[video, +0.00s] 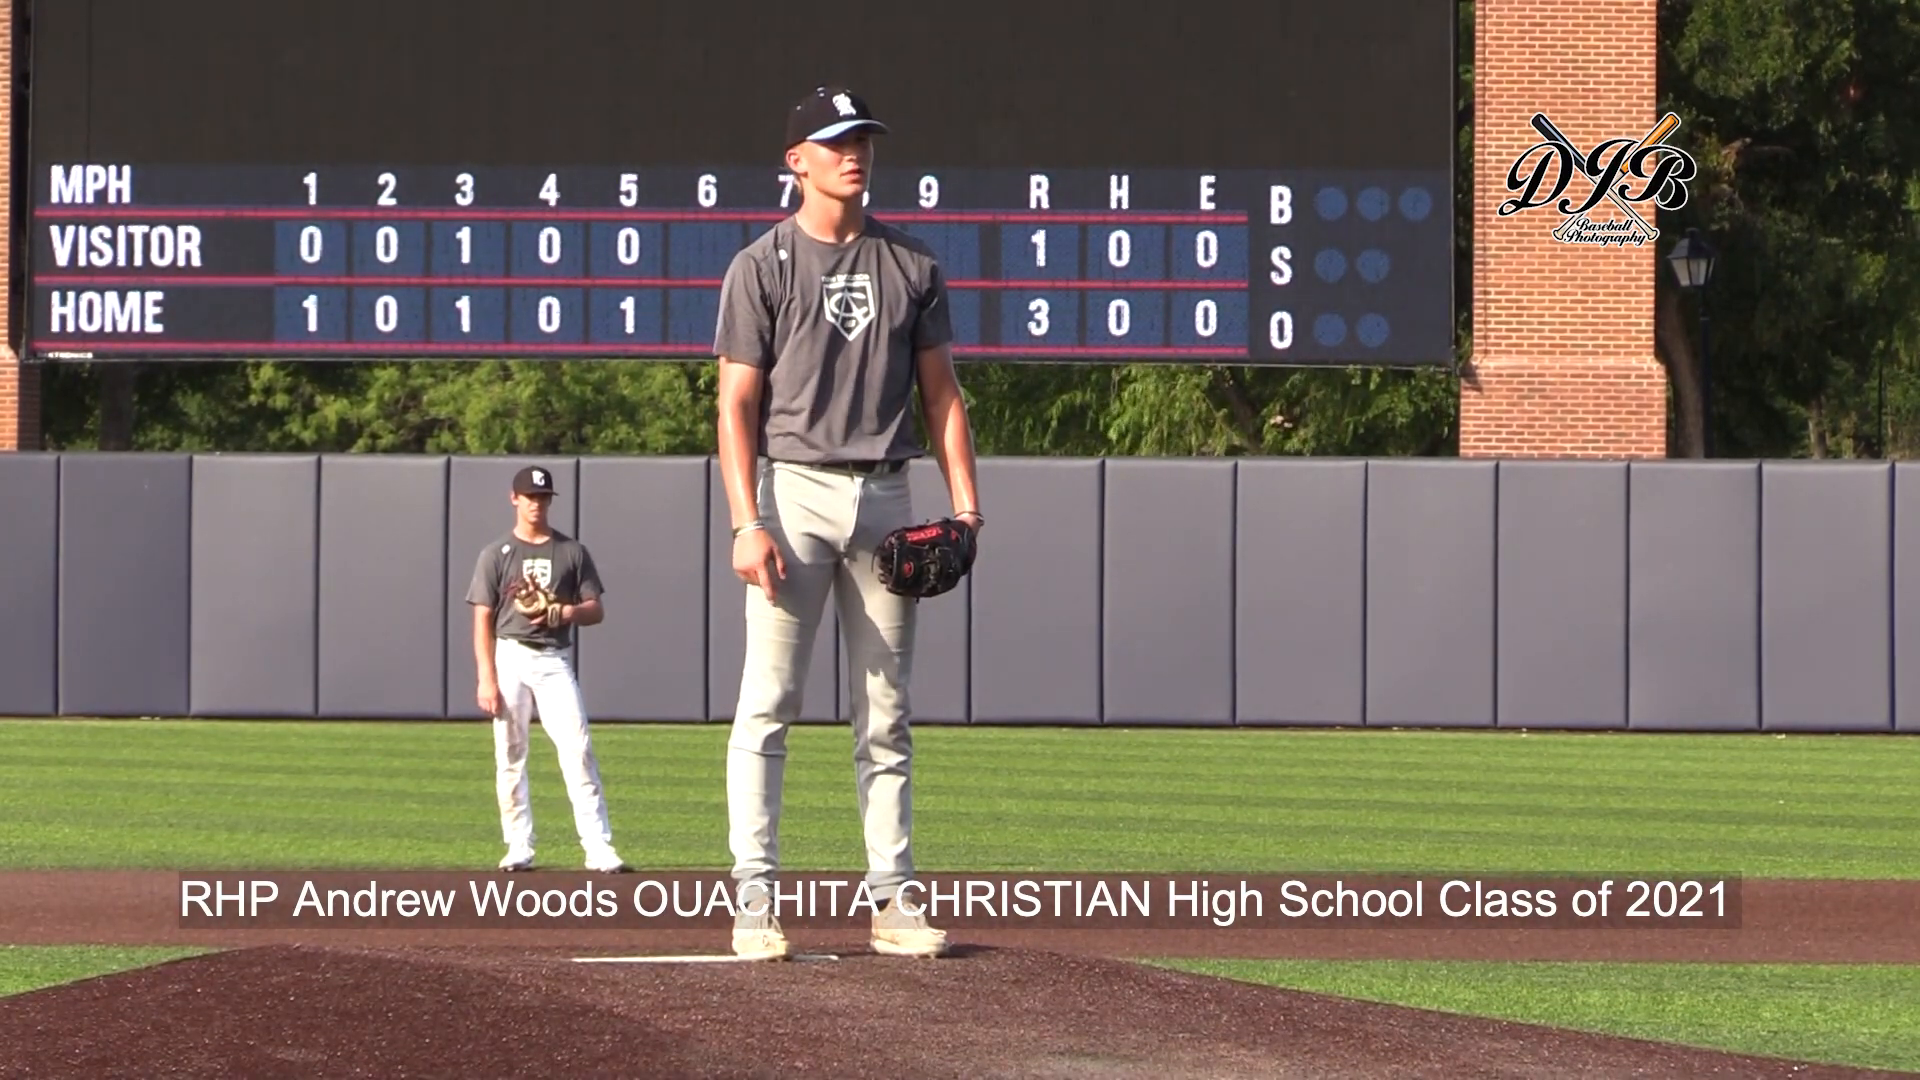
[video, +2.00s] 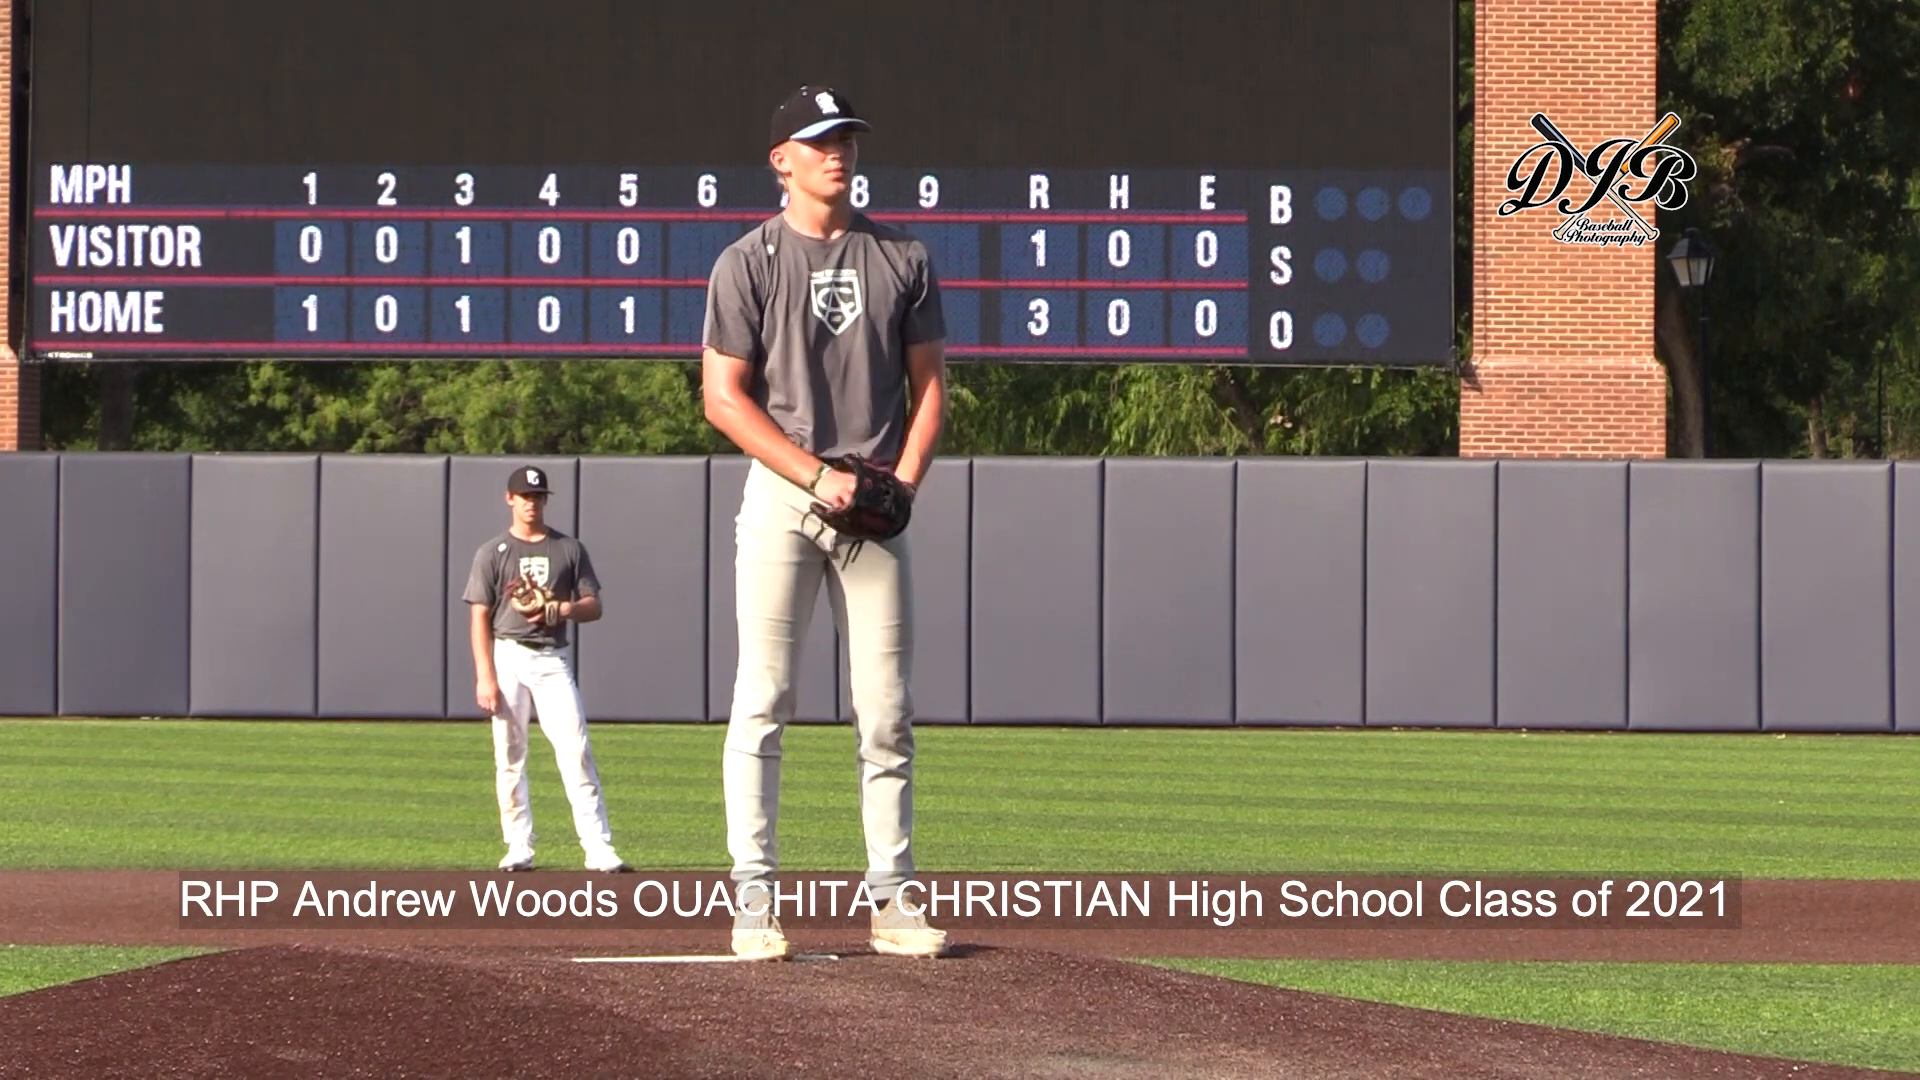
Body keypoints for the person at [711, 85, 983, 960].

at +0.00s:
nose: (854, 159)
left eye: (862, 145)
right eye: (837, 146)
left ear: (872, 158)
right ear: (799, 160)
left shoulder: (911, 267)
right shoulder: (759, 267)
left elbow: (943, 394)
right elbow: (734, 405)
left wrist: (965, 508)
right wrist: (746, 522)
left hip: (887, 497)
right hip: (790, 493)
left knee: (886, 711)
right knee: (768, 705)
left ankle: (892, 897)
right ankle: (755, 895)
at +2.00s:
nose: (839, 158)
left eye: (846, 144)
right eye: (821, 146)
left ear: (857, 157)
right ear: (782, 160)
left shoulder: (901, 259)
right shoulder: (745, 263)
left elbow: (931, 386)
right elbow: (721, 397)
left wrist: (901, 487)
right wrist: (816, 474)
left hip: (875, 502)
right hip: (778, 500)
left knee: (886, 710)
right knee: (764, 700)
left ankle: (892, 897)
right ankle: (754, 898)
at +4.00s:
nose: (901, 165)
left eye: (911, 150)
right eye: (884, 153)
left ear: (930, 160)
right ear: (857, 167)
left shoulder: (953, 244)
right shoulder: (858, 263)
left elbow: (932, 383)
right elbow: (846, 381)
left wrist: (817, 423)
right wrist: (784, 405)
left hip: (930, 486)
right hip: (867, 490)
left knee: (870, 686)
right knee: (851, 697)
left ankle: (940, 882)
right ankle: (880, 898)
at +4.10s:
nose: (895, 165)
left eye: (906, 150)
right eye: (879, 153)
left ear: (926, 160)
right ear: (853, 166)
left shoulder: (948, 243)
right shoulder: (865, 261)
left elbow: (914, 378)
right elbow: (849, 368)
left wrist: (796, 391)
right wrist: (780, 368)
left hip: (925, 479)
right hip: (873, 479)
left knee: (797, 630)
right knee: (868, 696)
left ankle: (872, 829)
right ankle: (874, 908)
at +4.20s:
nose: (889, 168)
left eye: (902, 153)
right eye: (873, 155)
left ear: (925, 162)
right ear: (851, 170)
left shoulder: (946, 242)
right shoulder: (869, 264)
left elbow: (893, 371)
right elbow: (853, 387)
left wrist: (778, 343)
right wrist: (779, 342)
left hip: (920, 475)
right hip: (885, 476)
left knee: (741, 557)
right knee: (863, 704)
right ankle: (882, 906)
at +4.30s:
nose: (886, 173)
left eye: (899, 157)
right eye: (870, 160)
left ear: (924, 166)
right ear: (850, 174)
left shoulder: (943, 242)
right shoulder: (875, 263)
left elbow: (871, 360)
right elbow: (839, 380)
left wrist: (773, 303)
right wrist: (778, 309)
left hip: (918, 473)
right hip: (894, 477)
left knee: (713, 481)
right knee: (864, 702)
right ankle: (879, 907)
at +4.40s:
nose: (885, 178)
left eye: (897, 162)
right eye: (869, 165)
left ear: (922, 170)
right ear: (848, 178)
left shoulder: (937, 243)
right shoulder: (878, 264)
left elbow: (845, 346)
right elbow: (811, 365)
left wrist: (773, 276)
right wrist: (779, 276)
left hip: (910, 468)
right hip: (898, 488)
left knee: (711, 403)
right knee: (854, 698)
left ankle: (575, 565)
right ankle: (878, 905)